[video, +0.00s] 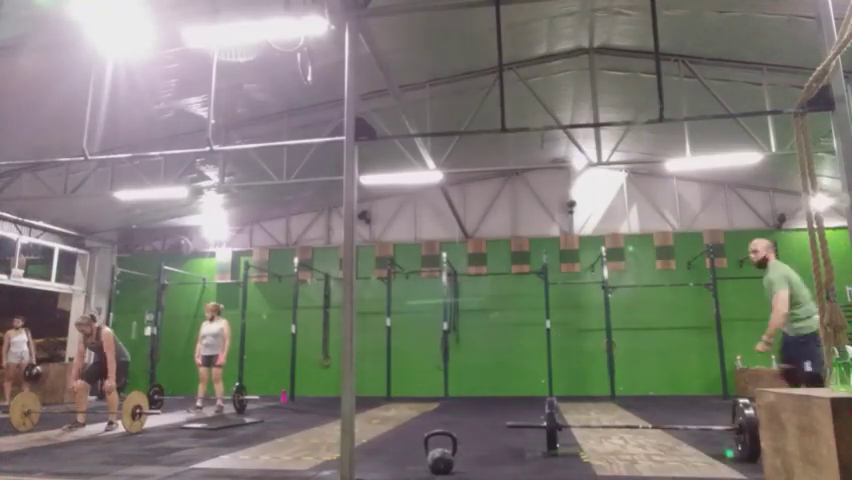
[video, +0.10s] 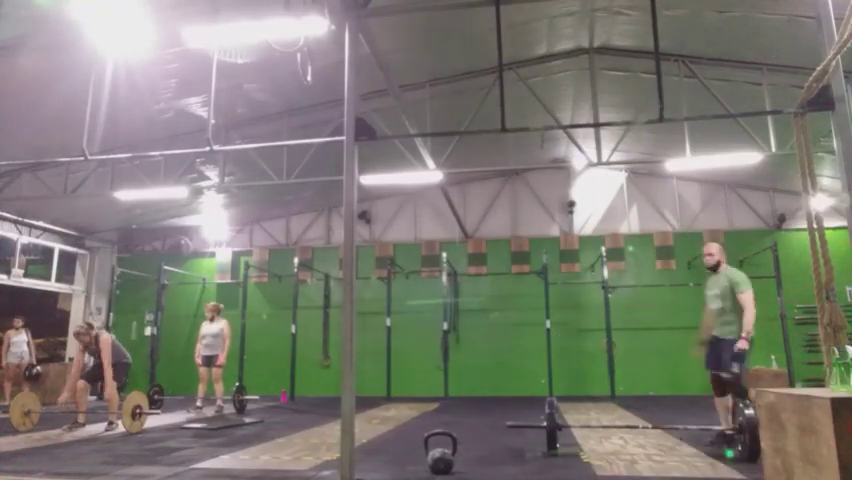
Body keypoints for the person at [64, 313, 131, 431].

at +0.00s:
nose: (82, 332)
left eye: (83, 329)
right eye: (80, 330)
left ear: (91, 325)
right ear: (80, 329)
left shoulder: (105, 333)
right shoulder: (84, 336)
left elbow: (111, 357)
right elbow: (80, 357)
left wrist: (111, 379)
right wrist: (74, 379)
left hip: (119, 360)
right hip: (102, 361)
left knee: (109, 387)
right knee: (81, 385)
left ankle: (112, 421)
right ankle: (80, 420)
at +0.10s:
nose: (83, 343)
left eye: (84, 340)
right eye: (81, 341)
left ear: (91, 334)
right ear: (79, 338)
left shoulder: (104, 338)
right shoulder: (83, 343)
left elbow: (107, 364)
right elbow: (76, 367)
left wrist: (108, 389)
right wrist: (67, 391)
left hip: (120, 363)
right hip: (102, 364)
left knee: (111, 385)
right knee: (81, 385)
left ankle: (112, 420)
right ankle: (80, 420)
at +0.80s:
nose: (84, 332)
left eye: (87, 329)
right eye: (82, 329)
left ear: (96, 329)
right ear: (81, 330)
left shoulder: (107, 339)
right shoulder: (84, 340)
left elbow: (113, 363)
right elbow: (78, 362)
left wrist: (115, 388)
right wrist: (70, 385)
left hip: (120, 362)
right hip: (102, 362)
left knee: (110, 385)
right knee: (81, 385)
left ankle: (112, 421)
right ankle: (80, 421)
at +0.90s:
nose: (90, 314)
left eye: (93, 311)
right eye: (88, 311)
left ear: (101, 312)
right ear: (87, 312)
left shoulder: (109, 324)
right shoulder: (88, 325)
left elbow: (116, 348)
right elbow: (81, 346)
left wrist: (117, 369)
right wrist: (71, 367)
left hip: (113, 356)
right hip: (99, 356)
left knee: (111, 385)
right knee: (84, 383)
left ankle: (112, 421)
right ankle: (80, 420)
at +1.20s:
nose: (87, 322)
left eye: (90, 319)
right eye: (86, 319)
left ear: (98, 318)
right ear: (85, 318)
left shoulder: (109, 327)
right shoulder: (87, 328)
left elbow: (116, 350)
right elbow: (80, 349)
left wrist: (117, 372)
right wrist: (71, 371)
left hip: (118, 357)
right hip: (101, 357)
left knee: (113, 384)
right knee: (86, 384)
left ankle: (113, 420)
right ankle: (80, 420)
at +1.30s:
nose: (85, 339)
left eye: (87, 336)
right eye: (83, 336)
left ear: (96, 333)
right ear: (82, 335)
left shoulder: (108, 340)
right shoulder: (85, 342)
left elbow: (114, 364)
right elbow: (77, 363)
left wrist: (114, 386)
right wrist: (67, 386)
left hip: (121, 364)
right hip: (102, 365)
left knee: (110, 385)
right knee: (81, 386)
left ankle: (113, 421)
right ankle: (80, 421)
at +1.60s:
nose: (90, 323)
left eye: (92, 320)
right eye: (89, 320)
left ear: (100, 321)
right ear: (89, 320)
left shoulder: (110, 331)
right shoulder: (90, 332)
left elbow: (117, 354)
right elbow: (82, 353)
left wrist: (117, 377)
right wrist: (73, 374)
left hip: (119, 360)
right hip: (101, 360)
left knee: (112, 385)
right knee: (83, 385)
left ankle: (113, 420)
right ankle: (80, 420)